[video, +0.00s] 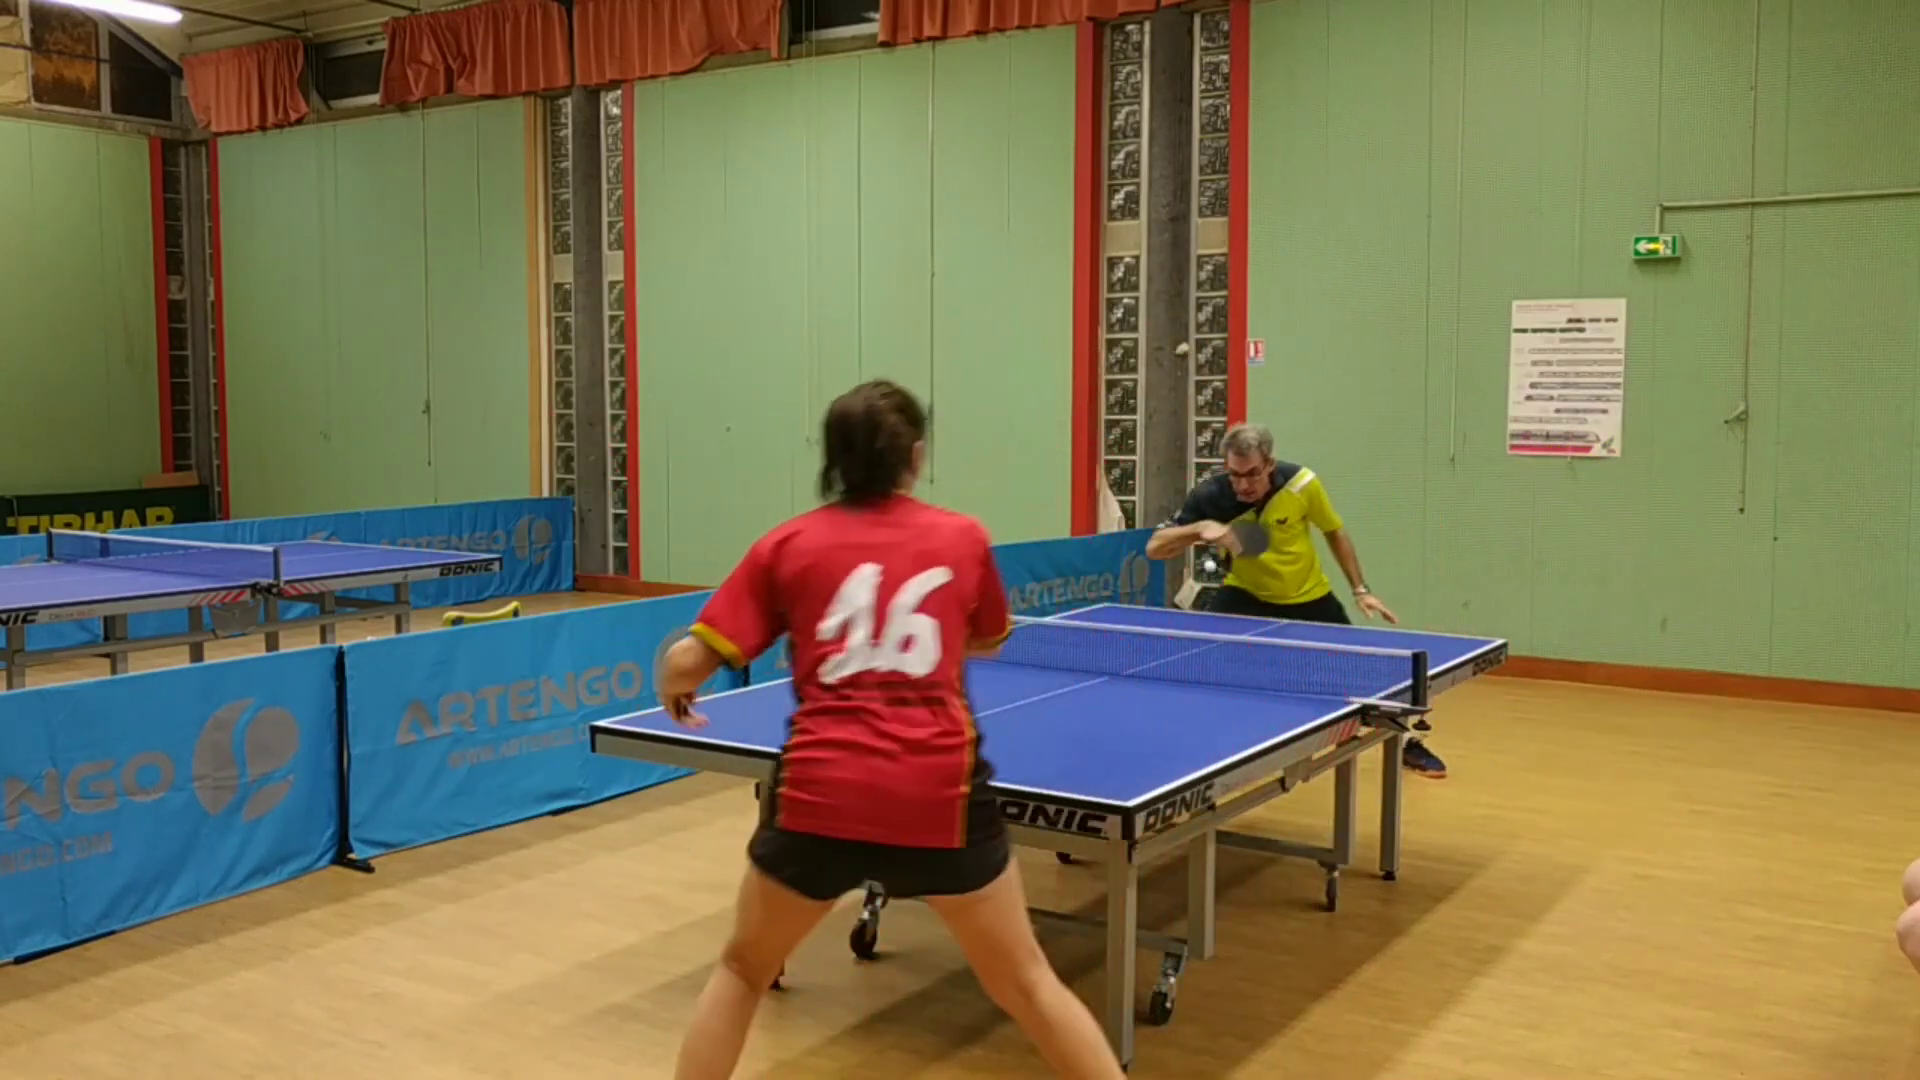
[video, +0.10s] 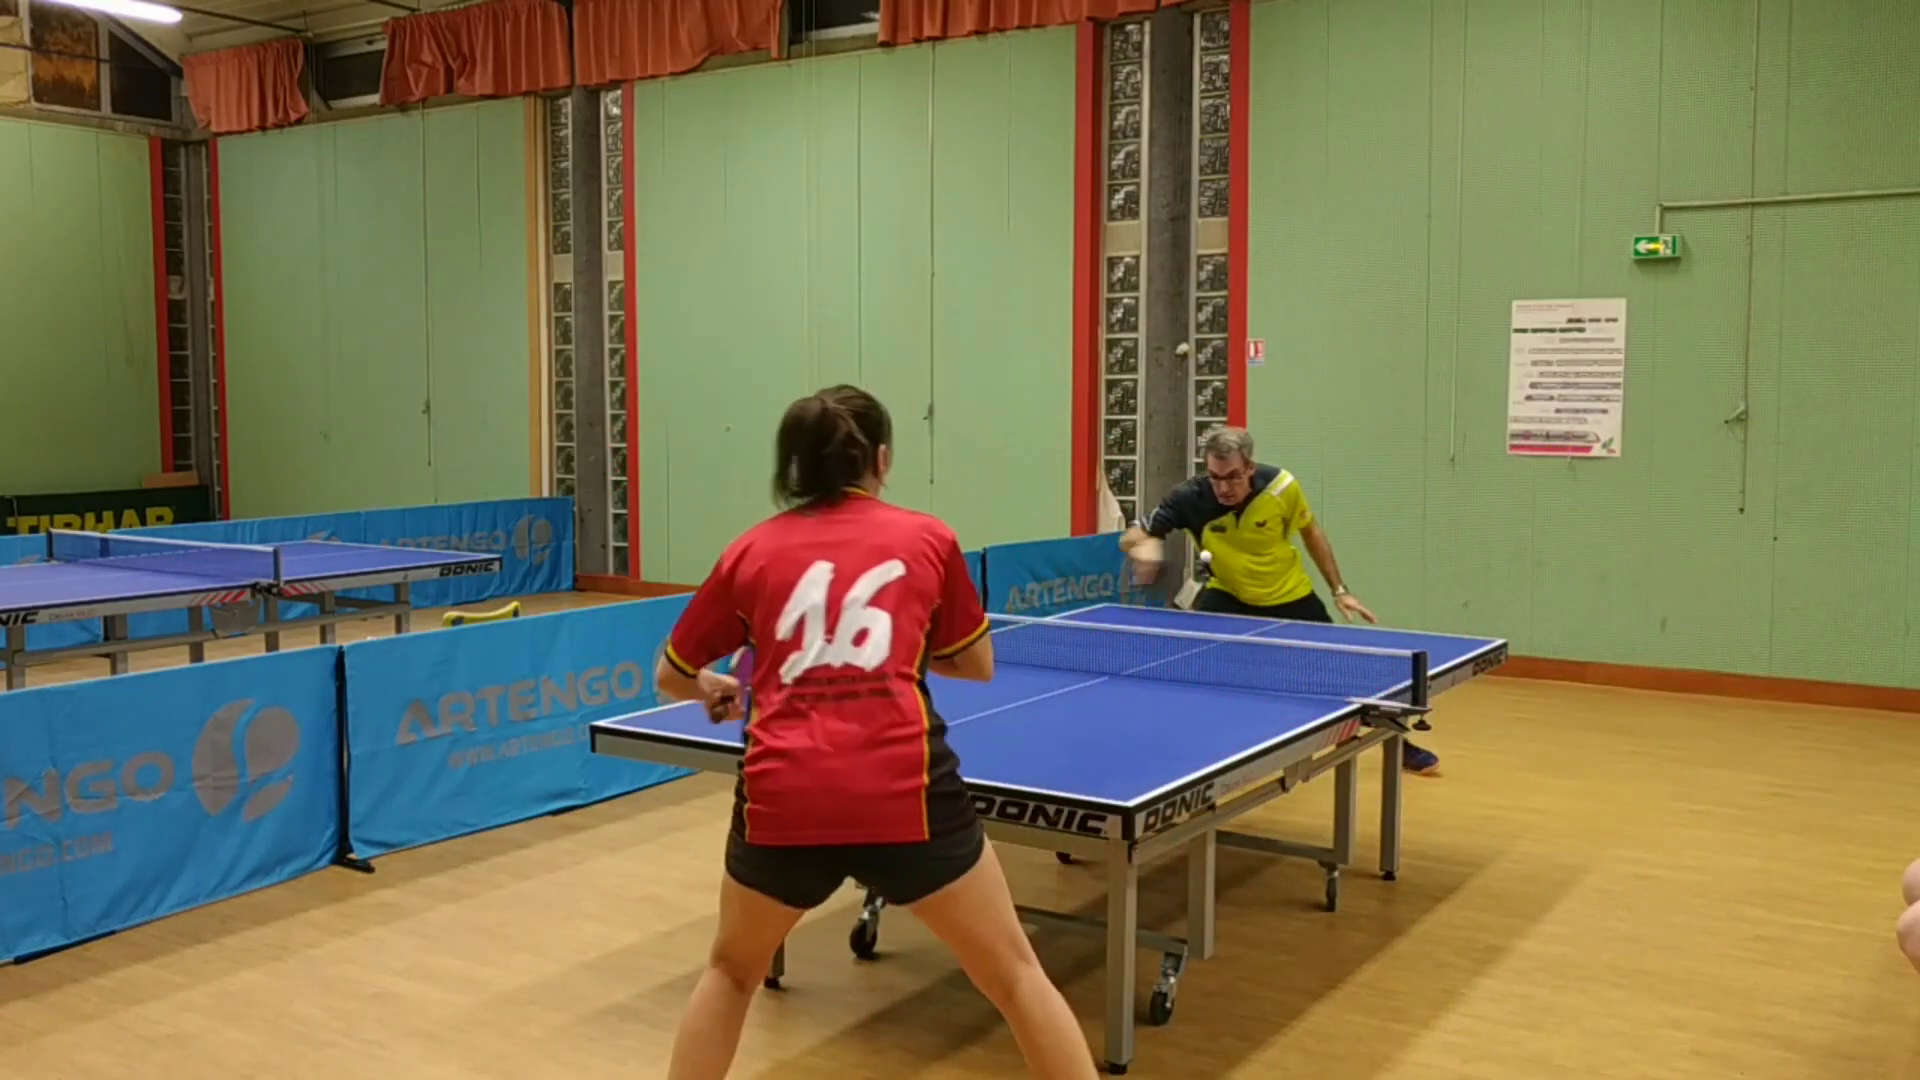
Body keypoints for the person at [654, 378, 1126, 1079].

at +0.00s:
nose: (924, 451)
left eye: (919, 441)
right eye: (922, 442)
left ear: (837, 455)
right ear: (914, 454)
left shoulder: (791, 545)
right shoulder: (961, 538)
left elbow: (691, 661)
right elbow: (989, 635)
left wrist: (674, 684)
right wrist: (898, 629)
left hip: (821, 802)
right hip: (940, 801)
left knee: (743, 972)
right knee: (1031, 985)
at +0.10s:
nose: (891, 460)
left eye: (885, 449)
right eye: (889, 450)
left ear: (796, 461)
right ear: (878, 458)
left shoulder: (754, 550)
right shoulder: (924, 539)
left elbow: (673, 673)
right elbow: (976, 662)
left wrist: (709, 689)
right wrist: (894, 639)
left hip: (784, 804)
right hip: (907, 797)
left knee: (731, 972)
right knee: (1017, 977)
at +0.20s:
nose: (875, 450)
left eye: (872, 441)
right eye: (874, 441)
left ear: (783, 453)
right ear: (864, 448)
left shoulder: (739, 546)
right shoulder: (914, 530)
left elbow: (672, 678)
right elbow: (982, 655)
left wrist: (730, 676)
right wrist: (895, 629)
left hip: (780, 803)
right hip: (904, 795)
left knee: (729, 973)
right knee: (1011, 980)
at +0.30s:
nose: (889, 456)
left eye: (885, 445)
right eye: (887, 446)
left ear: (796, 455)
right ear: (876, 454)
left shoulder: (747, 551)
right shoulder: (926, 538)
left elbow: (682, 686)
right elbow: (999, 669)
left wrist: (755, 674)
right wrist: (917, 638)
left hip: (787, 811)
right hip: (913, 806)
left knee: (726, 975)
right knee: (1030, 998)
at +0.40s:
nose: (933, 482)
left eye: (932, 471)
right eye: (932, 471)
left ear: (840, 477)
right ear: (917, 476)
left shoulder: (787, 566)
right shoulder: (956, 565)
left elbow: (729, 696)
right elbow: (1024, 716)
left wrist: (825, 685)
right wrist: (954, 662)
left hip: (797, 846)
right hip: (925, 844)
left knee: (740, 979)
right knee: (1063, 1022)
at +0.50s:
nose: (1008, 516)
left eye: (1009, 502)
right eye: (1008, 502)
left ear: (915, 503)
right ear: (989, 508)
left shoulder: (855, 584)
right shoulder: (1010, 599)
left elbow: (819, 698)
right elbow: (1060, 762)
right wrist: (988, 708)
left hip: (810, 865)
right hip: (934, 869)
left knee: (756, 990)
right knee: (1103, 1019)